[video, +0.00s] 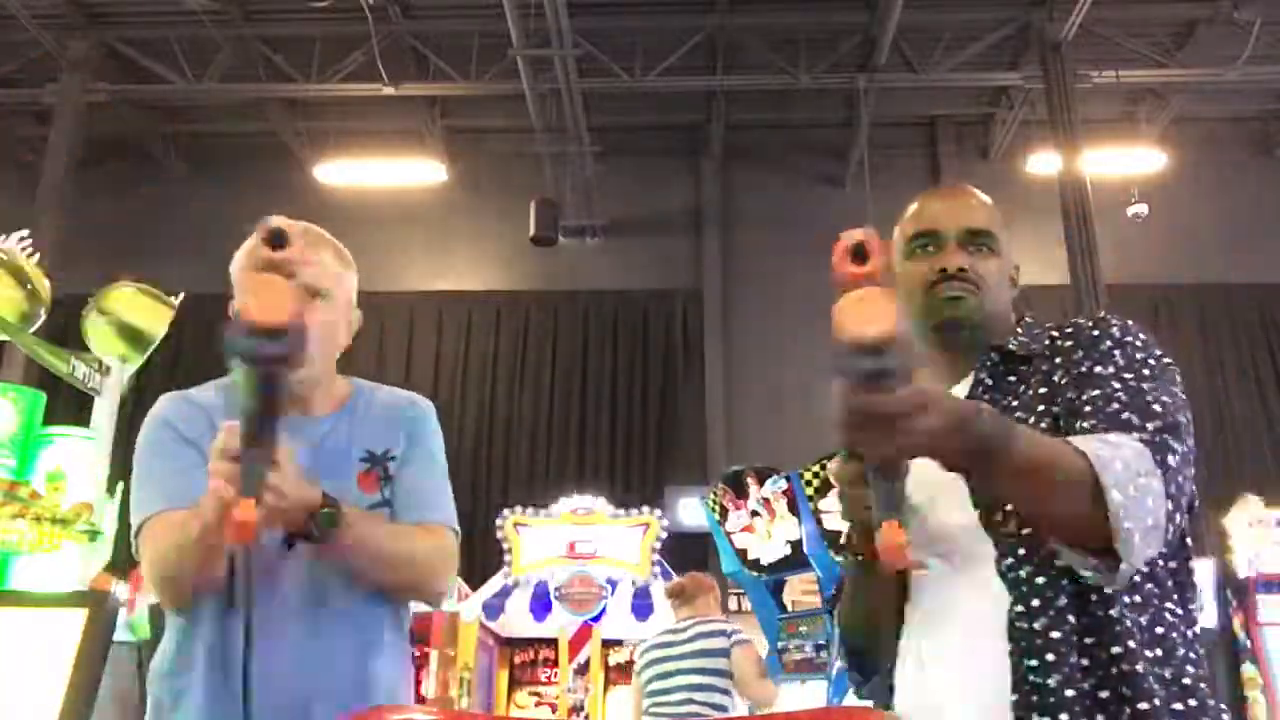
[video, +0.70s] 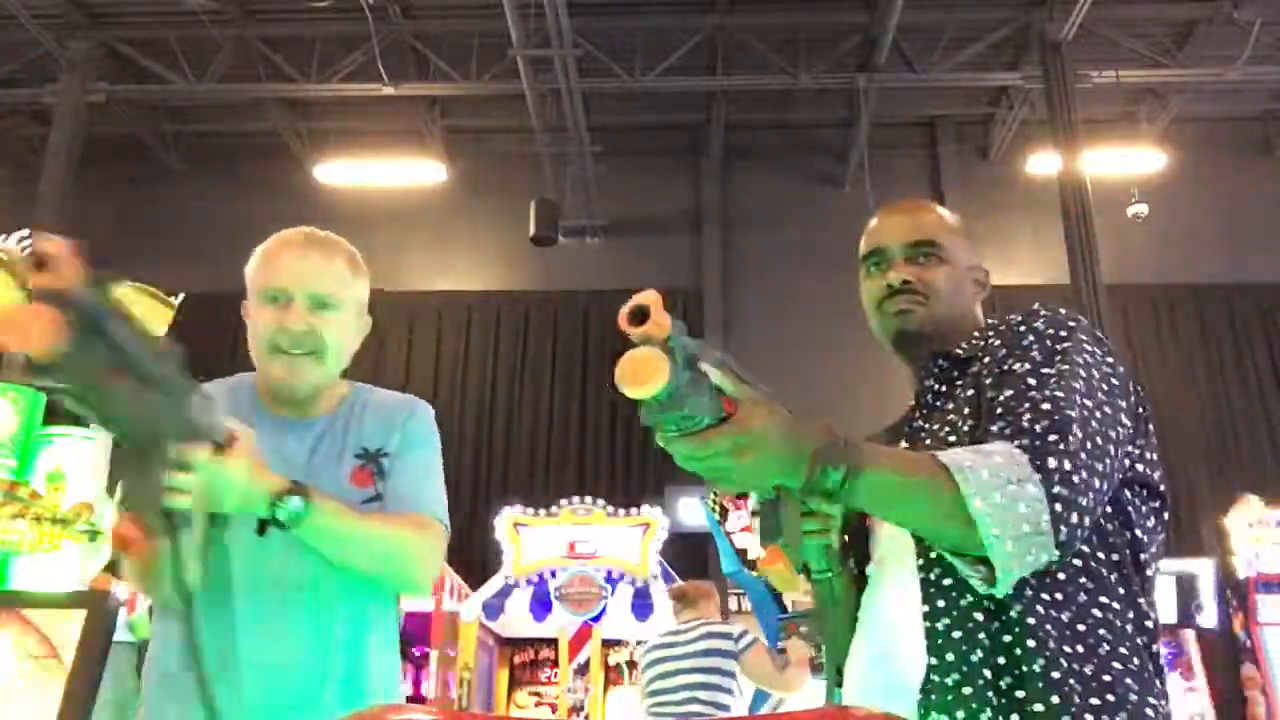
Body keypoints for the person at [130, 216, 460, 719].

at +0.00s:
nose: (290, 315)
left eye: (315, 297)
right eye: (272, 295)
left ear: (353, 323)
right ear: (238, 314)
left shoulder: (404, 421)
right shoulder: (180, 419)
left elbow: (435, 571)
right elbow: (171, 585)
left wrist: (316, 512)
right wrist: (217, 508)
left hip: (356, 710)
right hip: (206, 709)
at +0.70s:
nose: (297, 322)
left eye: (323, 305)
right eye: (276, 300)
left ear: (361, 328)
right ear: (246, 314)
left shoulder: (402, 423)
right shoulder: (190, 415)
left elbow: (419, 563)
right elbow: (166, 584)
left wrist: (269, 494)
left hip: (346, 708)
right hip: (189, 708)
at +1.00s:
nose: (277, 336)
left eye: (304, 312)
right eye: (258, 311)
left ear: (351, 323)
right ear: (234, 321)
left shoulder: (396, 424)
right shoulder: (202, 413)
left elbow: (345, 565)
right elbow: (132, 589)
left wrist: (228, 550)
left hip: (337, 711)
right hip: (193, 709)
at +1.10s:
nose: (280, 347)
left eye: (305, 323)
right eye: (261, 324)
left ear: (356, 331)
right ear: (239, 331)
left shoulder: (408, 431)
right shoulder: (200, 421)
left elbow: (383, 574)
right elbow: (138, 578)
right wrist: (168, 476)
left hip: (344, 712)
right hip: (194, 710)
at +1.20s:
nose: (293, 350)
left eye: (318, 326)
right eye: (274, 327)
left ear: (365, 335)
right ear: (252, 335)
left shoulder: (423, 441)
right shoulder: (215, 425)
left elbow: (454, 598)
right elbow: (149, 560)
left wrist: (403, 607)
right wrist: (177, 460)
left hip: (359, 714)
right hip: (209, 709)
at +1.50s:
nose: (270, 322)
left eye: (295, 299)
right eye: (248, 299)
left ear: (343, 314)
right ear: (222, 312)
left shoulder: (397, 429)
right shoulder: (178, 413)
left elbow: (417, 595)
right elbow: (116, 560)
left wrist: (353, 630)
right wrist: (134, 457)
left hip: (328, 708)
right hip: (172, 703)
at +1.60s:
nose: (227, 295)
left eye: (254, 271)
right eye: (206, 269)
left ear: (304, 290)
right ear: (181, 281)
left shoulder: (362, 411)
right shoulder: (134, 383)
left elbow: (385, 581)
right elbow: (50, 527)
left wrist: (310, 638)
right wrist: (60, 424)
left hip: (288, 711)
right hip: (129, 705)